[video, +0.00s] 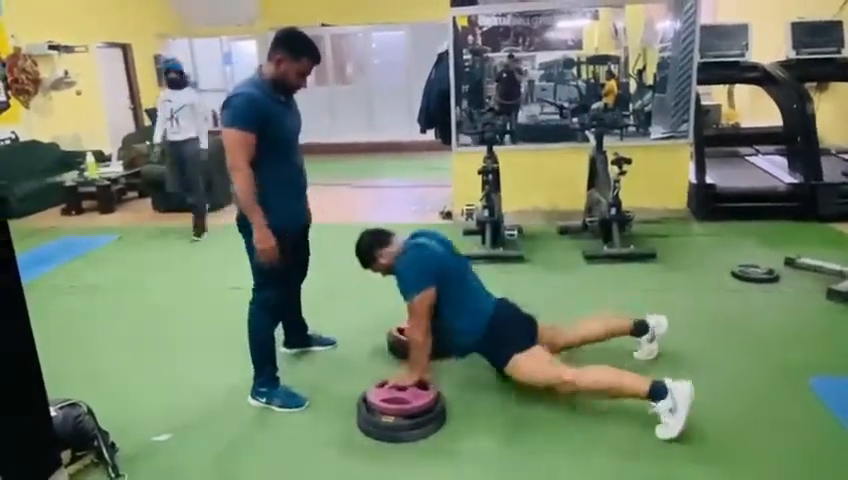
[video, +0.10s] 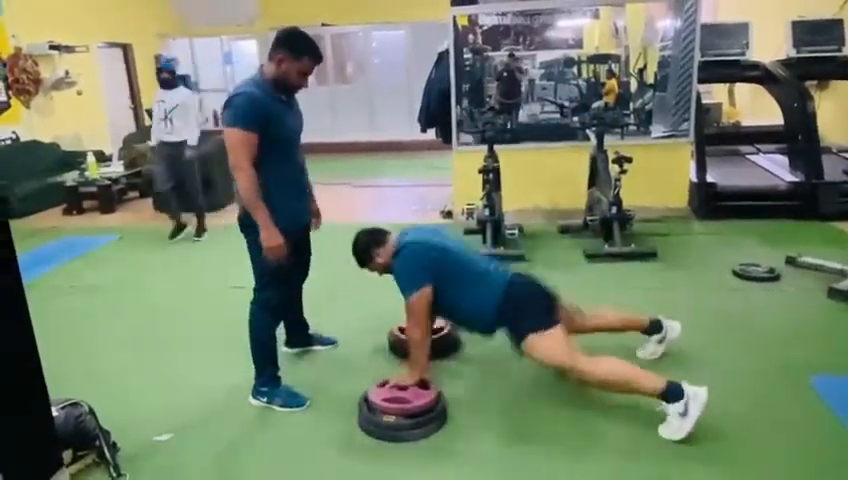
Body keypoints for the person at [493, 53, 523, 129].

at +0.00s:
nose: (510, 63)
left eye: (512, 61)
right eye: (508, 60)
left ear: (514, 61)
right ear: (506, 60)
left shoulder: (518, 70)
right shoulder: (502, 70)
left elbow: (520, 80)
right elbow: (496, 79)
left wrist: (513, 71)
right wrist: (502, 70)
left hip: (514, 100)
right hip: (502, 100)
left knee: (513, 122)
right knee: (502, 121)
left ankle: (514, 138)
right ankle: (501, 137)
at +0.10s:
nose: (510, 62)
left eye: (512, 60)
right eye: (509, 60)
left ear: (515, 60)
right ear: (507, 60)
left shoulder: (518, 69)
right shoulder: (503, 70)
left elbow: (521, 79)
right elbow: (497, 79)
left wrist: (514, 70)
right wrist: (502, 69)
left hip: (515, 100)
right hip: (503, 99)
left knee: (514, 121)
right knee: (503, 120)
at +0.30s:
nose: (512, 60)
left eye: (513, 58)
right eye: (510, 58)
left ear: (516, 59)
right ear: (508, 58)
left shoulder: (519, 68)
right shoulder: (504, 69)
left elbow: (522, 78)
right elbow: (498, 78)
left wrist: (515, 69)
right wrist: (505, 68)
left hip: (516, 99)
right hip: (505, 98)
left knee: (515, 117)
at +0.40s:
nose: (512, 59)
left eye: (514, 57)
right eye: (511, 57)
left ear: (516, 58)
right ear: (509, 57)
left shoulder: (519, 67)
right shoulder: (504, 69)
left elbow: (522, 77)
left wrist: (515, 68)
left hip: (516, 98)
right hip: (505, 98)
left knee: (515, 117)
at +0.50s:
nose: (512, 59)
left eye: (514, 57)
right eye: (511, 57)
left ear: (516, 57)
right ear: (509, 57)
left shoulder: (520, 67)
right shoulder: (504, 68)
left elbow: (522, 76)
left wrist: (515, 67)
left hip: (517, 97)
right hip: (505, 97)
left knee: (515, 117)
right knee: (505, 116)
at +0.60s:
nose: (512, 59)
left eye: (514, 57)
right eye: (511, 57)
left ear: (516, 57)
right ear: (509, 57)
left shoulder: (520, 67)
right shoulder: (505, 67)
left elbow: (522, 76)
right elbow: (499, 76)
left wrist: (516, 67)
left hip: (517, 97)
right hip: (505, 96)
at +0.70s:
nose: (512, 59)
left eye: (514, 57)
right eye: (511, 57)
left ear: (516, 57)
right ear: (509, 57)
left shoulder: (520, 67)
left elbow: (522, 77)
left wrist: (515, 67)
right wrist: (498, 97)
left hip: (516, 97)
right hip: (505, 97)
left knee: (516, 118)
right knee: (503, 118)